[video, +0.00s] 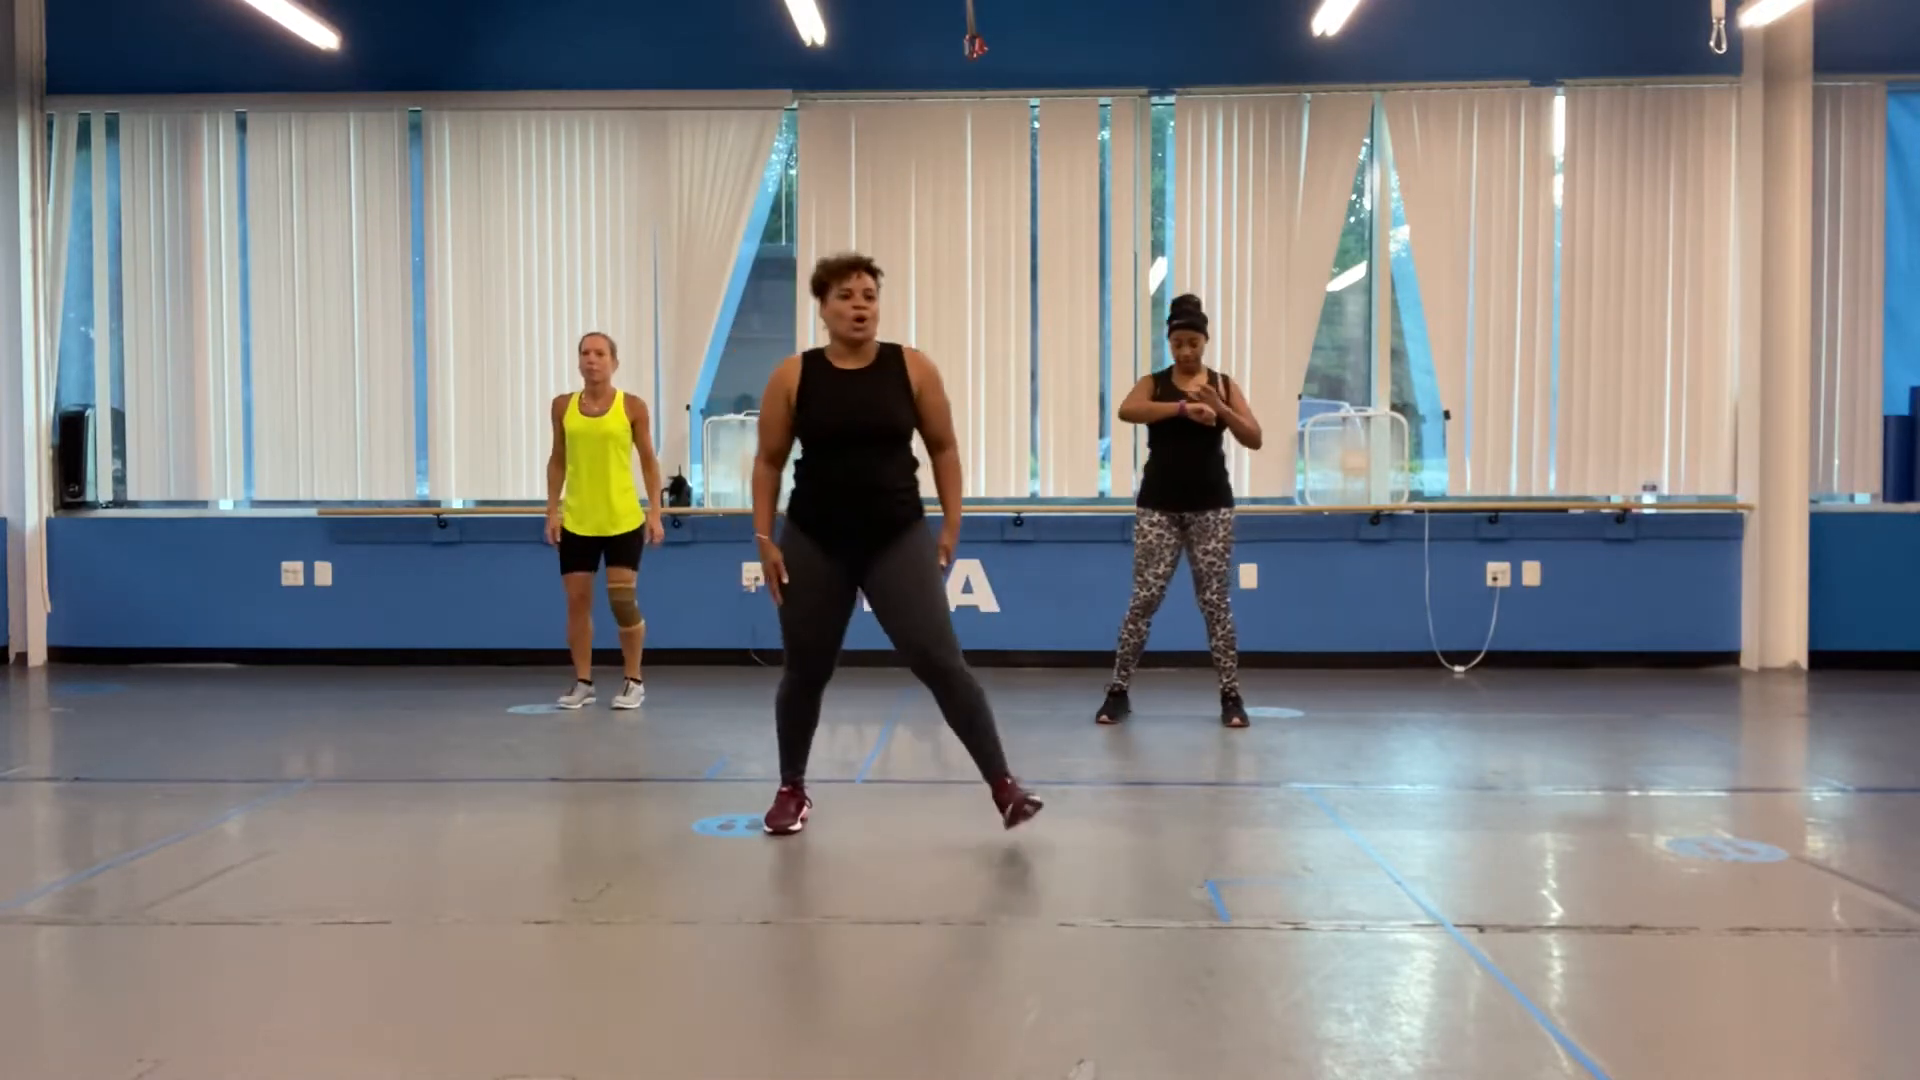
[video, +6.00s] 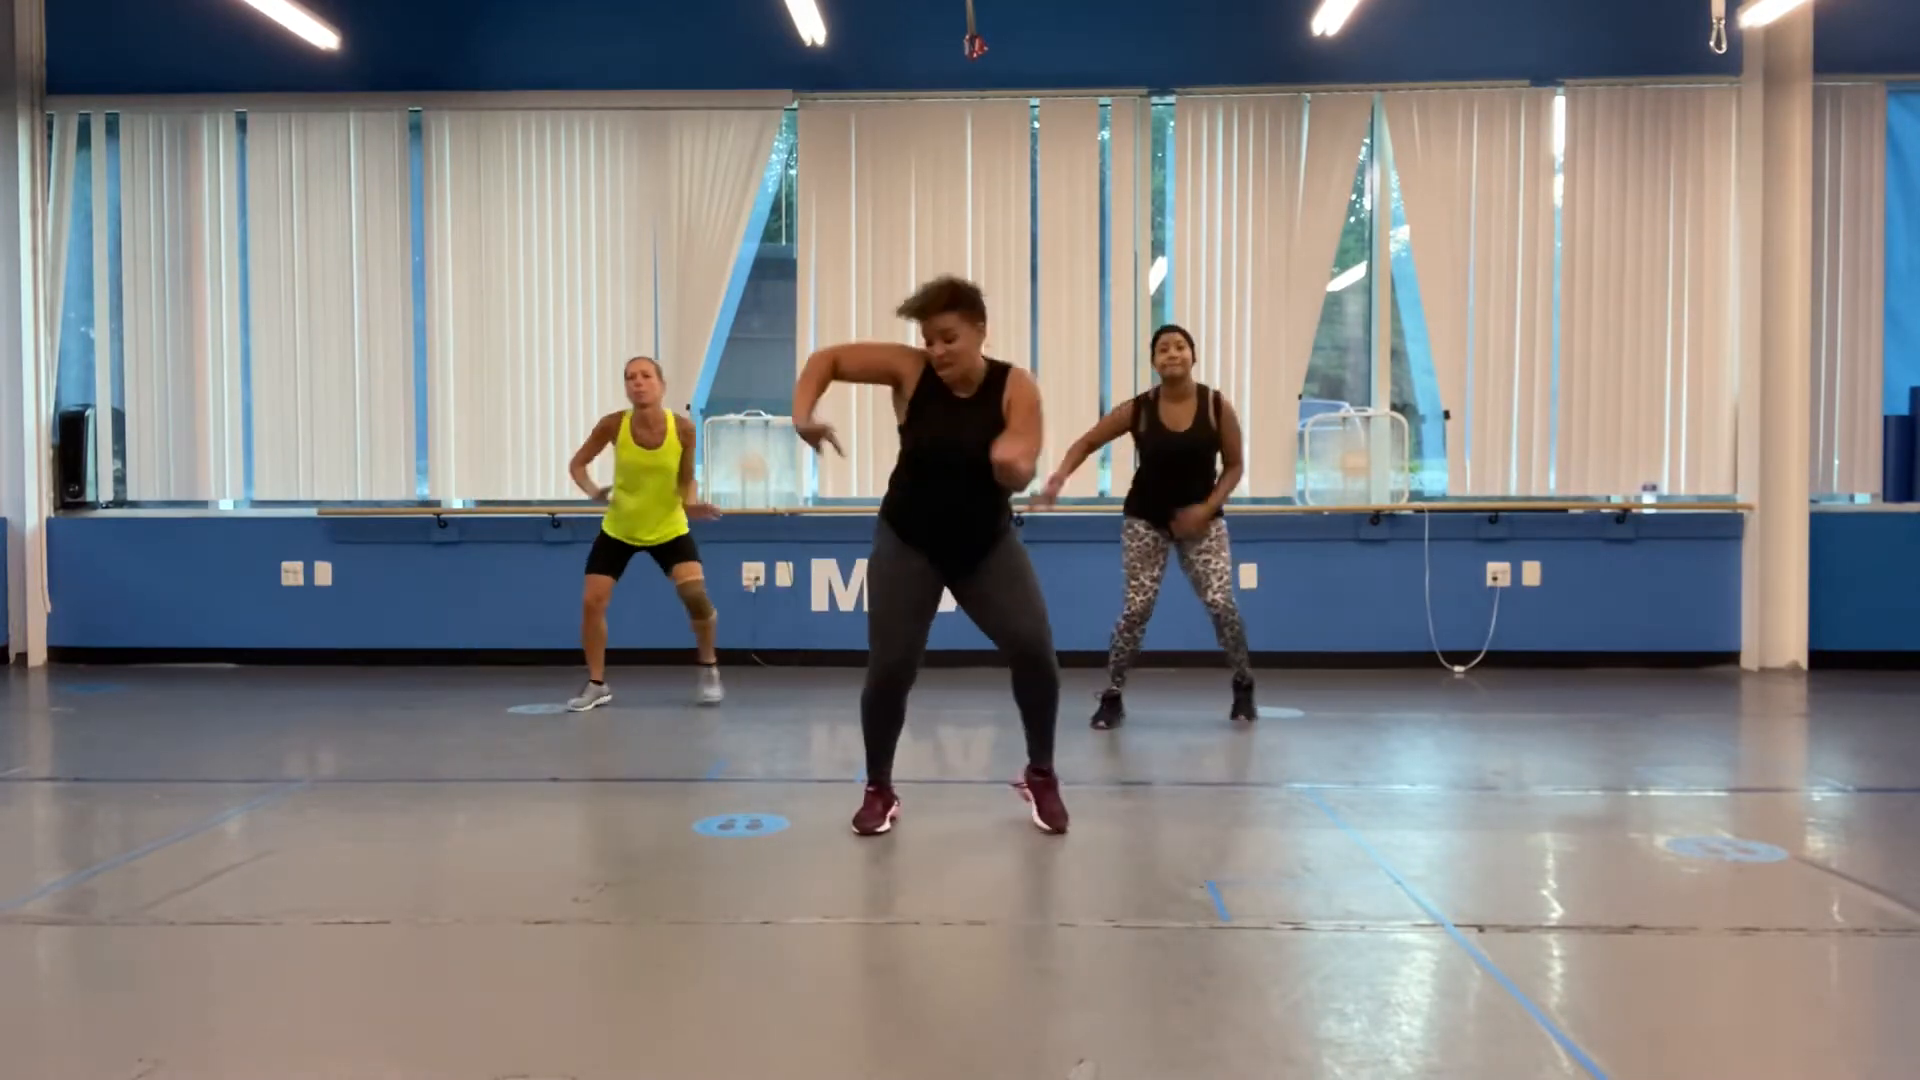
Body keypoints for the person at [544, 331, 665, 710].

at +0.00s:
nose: (591, 359)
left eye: (599, 354)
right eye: (586, 354)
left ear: (614, 363)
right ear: (578, 362)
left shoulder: (632, 407)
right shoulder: (563, 406)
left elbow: (649, 460)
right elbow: (557, 460)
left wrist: (655, 510)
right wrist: (553, 509)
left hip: (623, 517)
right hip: (577, 519)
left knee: (621, 598)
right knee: (578, 600)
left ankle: (633, 681)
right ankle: (583, 683)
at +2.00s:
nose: (577, 366)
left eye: (585, 361)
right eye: (572, 360)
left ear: (602, 372)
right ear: (566, 370)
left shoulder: (624, 411)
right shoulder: (556, 412)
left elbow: (663, 451)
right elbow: (558, 468)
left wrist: (702, 488)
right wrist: (591, 499)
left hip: (630, 524)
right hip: (586, 526)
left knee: (648, 599)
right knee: (544, 591)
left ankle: (678, 684)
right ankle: (538, 678)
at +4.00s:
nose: (519, 383)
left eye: (527, 377)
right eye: (512, 379)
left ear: (545, 384)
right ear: (508, 388)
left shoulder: (575, 420)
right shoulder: (506, 436)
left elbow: (610, 469)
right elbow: (501, 486)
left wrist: (568, 485)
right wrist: (450, 488)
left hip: (576, 524)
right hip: (530, 525)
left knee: (603, 598)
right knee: (501, 605)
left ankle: (606, 684)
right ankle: (493, 673)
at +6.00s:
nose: (638, 383)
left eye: (645, 376)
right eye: (631, 378)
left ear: (662, 385)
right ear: (626, 388)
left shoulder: (683, 428)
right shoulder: (614, 424)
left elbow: (687, 477)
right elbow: (577, 465)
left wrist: (691, 504)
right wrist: (594, 492)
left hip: (668, 524)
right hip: (620, 523)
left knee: (695, 594)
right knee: (593, 601)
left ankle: (709, 668)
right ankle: (596, 684)